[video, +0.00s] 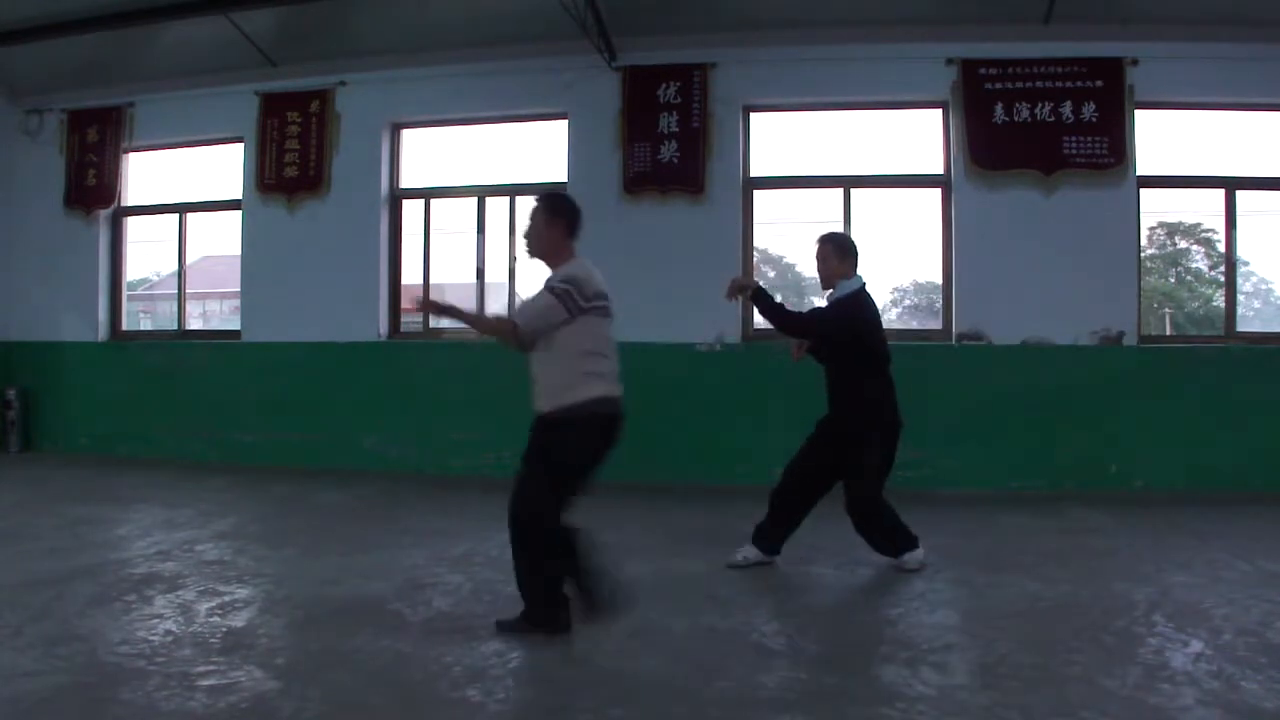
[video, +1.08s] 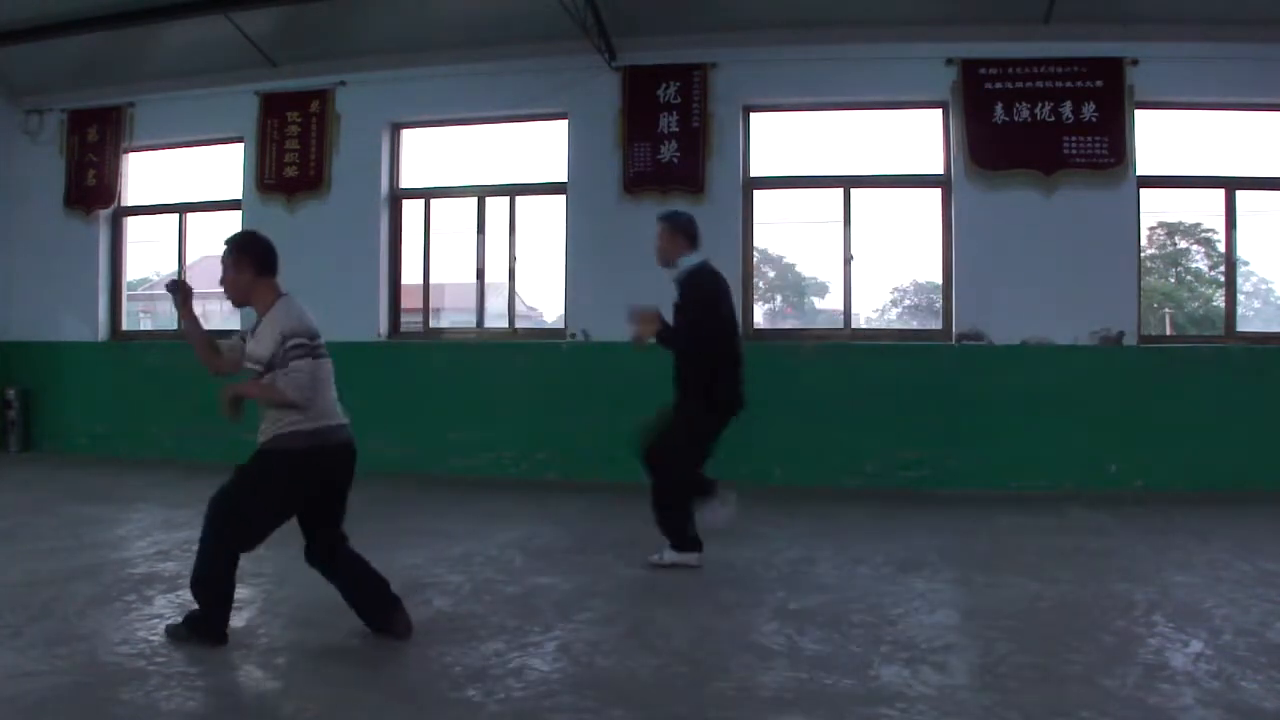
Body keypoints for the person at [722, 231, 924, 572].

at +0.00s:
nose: (817, 268)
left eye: (822, 261)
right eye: (817, 261)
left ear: (842, 262)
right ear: (844, 263)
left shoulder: (850, 308)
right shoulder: (851, 302)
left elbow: (795, 325)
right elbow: (845, 352)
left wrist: (755, 292)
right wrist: (811, 347)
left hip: (869, 420)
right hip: (847, 415)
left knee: (861, 496)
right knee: (800, 481)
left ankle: (907, 548)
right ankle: (765, 546)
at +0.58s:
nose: (809, 264)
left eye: (814, 257)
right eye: (810, 258)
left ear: (832, 260)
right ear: (839, 261)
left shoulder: (840, 305)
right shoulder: (845, 301)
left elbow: (788, 324)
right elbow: (837, 354)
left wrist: (750, 292)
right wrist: (802, 347)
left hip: (849, 416)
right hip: (839, 412)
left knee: (857, 491)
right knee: (779, 469)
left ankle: (908, 548)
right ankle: (757, 544)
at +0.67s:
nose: (798, 269)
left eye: (803, 261)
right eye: (799, 261)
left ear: (819, 263)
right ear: (828, 264)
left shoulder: (830, 308)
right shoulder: (835, 305)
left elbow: (776, 328)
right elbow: (829, 357)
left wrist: (743, 296)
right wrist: (793, 351)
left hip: (839, 417)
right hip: (837, 413)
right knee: (772, 470)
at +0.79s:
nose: (761, 274)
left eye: (765, 267)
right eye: (762, 267)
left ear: (782, 270)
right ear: (790, 269)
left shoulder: (789, 312)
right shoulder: (801, 308)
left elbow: (733, 331)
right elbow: (806, 355)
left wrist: (703, 297)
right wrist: (769, 355)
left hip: (803, 421)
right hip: (818, 419)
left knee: (742, 474)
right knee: (842, 491)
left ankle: (700, 544)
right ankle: (907, 547)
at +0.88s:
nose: (724, 272)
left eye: (730, 266)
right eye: (724, 265)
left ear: (748, 270)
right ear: (750, 270)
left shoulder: (746, 312)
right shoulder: (764, 308)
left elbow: (690, 333)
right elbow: (770, 355)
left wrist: (663, 299)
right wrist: (734, 359)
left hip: (762, 420)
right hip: (782, 417)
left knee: (702, 471)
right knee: (814, 485)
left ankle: (690, 548)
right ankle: (892, 532)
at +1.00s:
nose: (686, 263)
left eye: (690, 255)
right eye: (687, 255)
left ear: (706, 258)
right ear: (714, 259)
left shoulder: (713, 301)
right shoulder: (731, 300)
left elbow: (673, 344)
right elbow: (700, 347)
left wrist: (643, 319)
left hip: (724, 415)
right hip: (746, 414)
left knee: (675, 473)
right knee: (749, 495)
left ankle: (685, 548)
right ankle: (817, 519)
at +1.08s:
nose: (657, 247)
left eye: (661, 239)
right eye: (658, 238)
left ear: (677, 240)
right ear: (684, 241)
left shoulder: (700, 284)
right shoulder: (698, 281)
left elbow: (694, 345)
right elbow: (695, 343)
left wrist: (660, 329)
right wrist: (661, 329)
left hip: (709, 397)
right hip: (707, 394)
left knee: (662, 456)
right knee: (668, 457)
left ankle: (684, 546)